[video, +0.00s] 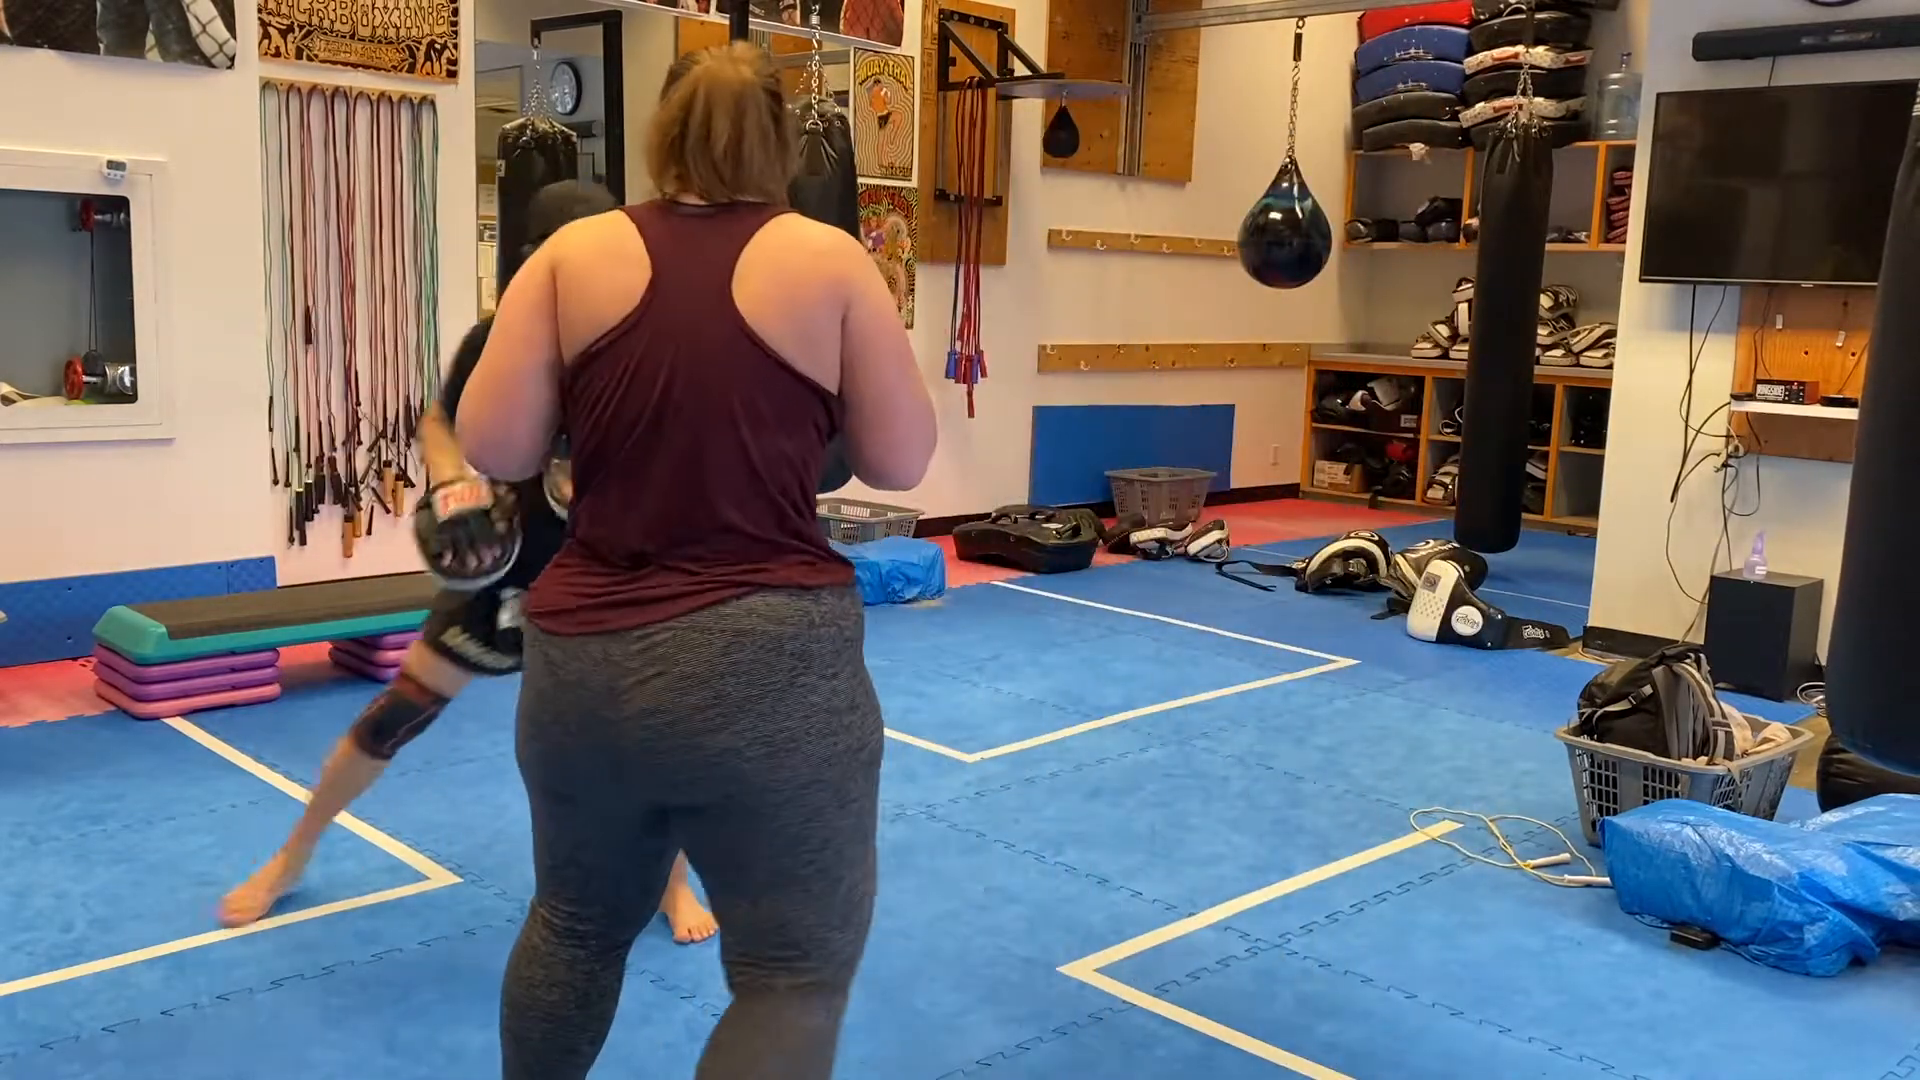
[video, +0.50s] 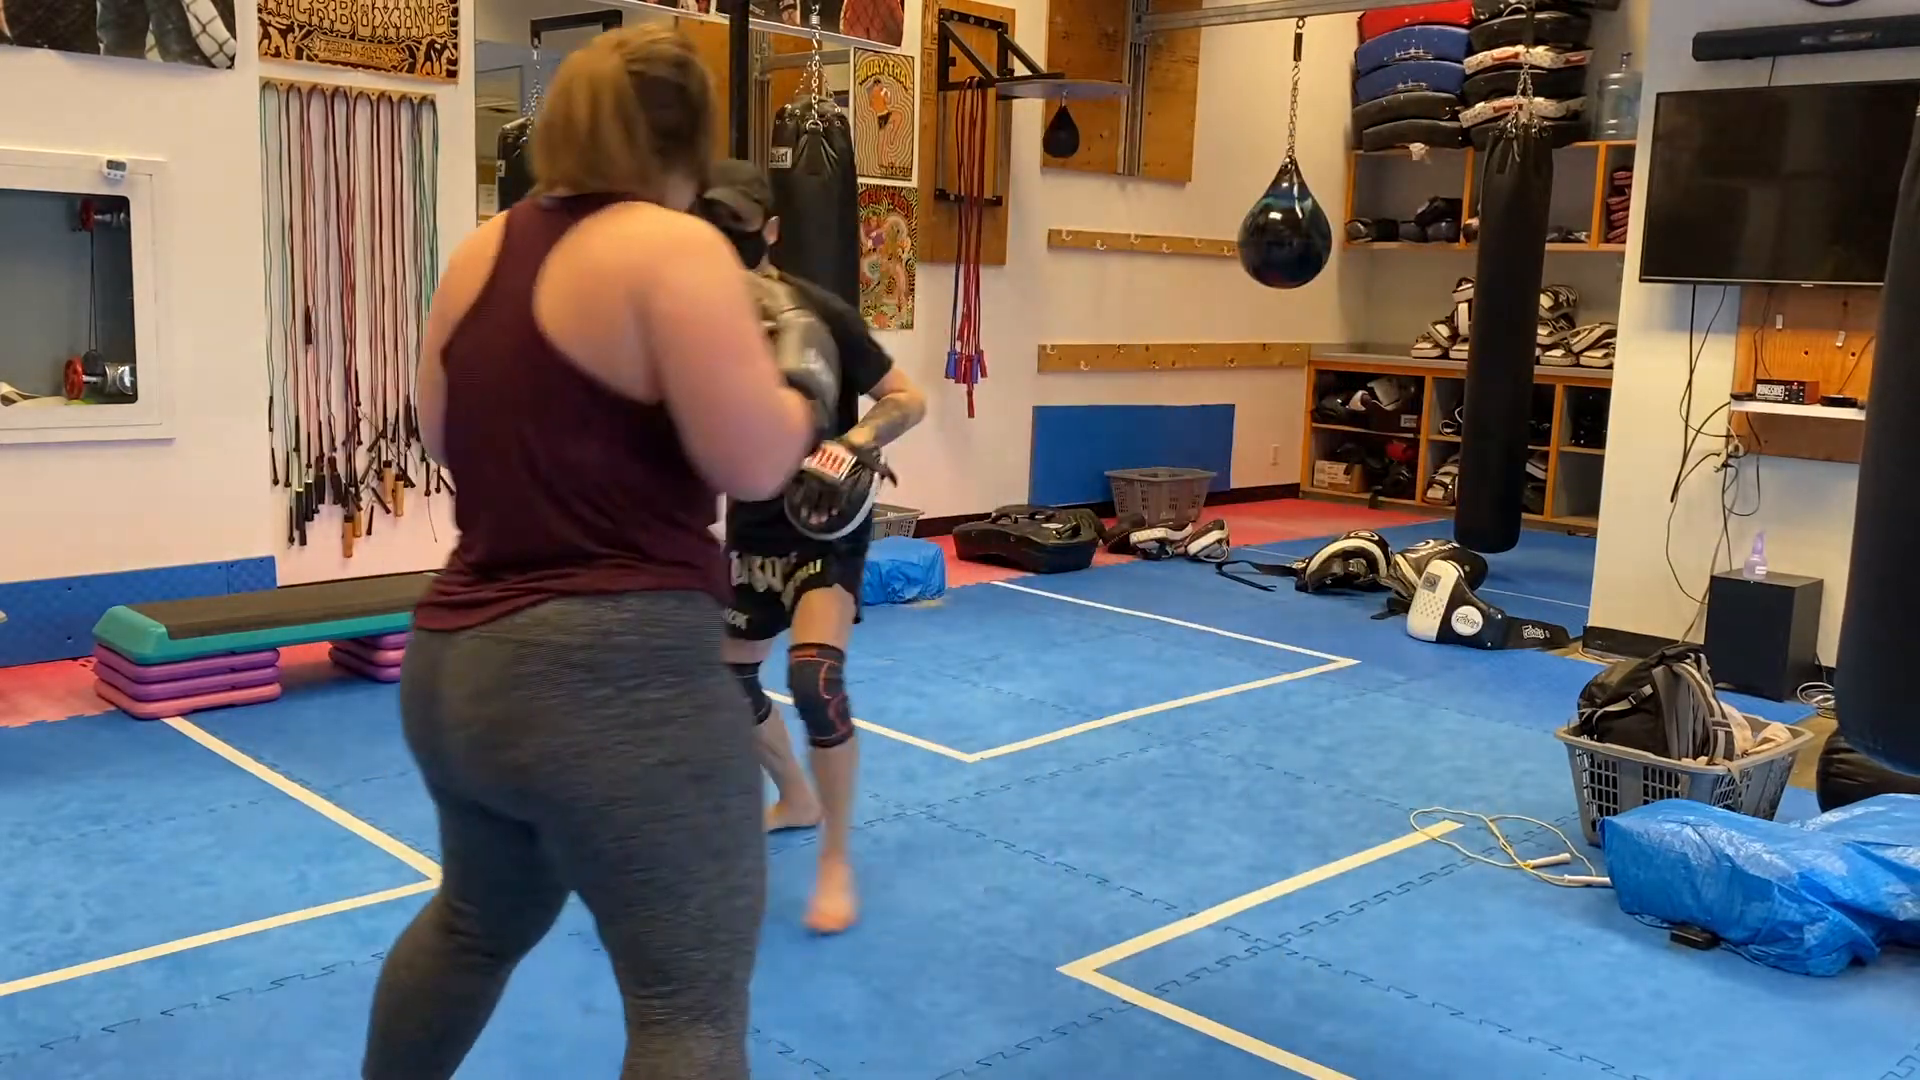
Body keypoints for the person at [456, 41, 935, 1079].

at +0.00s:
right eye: (785, 136)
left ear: (661, 138)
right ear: (777, 143)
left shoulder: (568, 259)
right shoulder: (828, 262)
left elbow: (496, 446)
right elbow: (899, 456)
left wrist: (594, 388)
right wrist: (788, 423)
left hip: (585, 653)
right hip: (774, 649)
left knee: (575, 921)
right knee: (789, 978)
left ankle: (533, 1076)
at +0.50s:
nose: (713, 149)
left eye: (706, 132)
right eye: (707, 132)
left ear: (566, 125)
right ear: (685, 136)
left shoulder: (481, 248)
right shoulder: (674, 248)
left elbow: (443, 432)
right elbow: (756, 463)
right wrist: (801, 366)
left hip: (461, 653)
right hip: (620, 671)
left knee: (477, 918)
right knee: (689, 1009)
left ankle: (391, 1071)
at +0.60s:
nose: (668, 161)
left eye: (665, 137)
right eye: (662, 136)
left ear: (526, 126)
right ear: (631, 138)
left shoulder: (465, 230)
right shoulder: (601, 247)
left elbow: (521, 397)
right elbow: (646, 458)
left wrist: (661, 337)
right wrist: (730, 394)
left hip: (401, 648)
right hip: (539, 668)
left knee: (442, 923)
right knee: (652, 992)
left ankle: (377, 1078)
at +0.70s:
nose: (627, 158)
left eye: (626, 136)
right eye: (622, 136)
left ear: (491, 118)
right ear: (583, 129)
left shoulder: (429, 221)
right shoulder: (559, 234)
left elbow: (480, 399)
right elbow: (594, 447)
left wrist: (613, 328)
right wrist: (684, 386)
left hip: (368, 632)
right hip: (487, 650)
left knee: (427, 923)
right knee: (625, 957)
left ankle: (372, 1074)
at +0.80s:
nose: (591, 157)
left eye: (592, 138)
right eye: (587, 136)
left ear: (468, 109)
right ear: (550, 122)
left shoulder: (403, 213)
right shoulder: (525, 226)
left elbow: (464, 385)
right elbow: (582, 438)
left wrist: (590, 304)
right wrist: (658, 367)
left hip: (352, 627)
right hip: (463, 644)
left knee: (412, 924)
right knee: (572, 965)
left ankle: (371, 1078)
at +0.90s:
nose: (573, 131)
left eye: (572, 112)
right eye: (565, 110)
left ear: (437, 102)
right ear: (527, 109)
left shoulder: (374, 217)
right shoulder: (504, 223)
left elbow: (442, 377)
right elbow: (584, 434)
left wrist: (573, 295)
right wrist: (651, 353)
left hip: (358, 634)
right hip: (455, 656)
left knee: (418, 924)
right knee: (480, 978)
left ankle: (367, 1063)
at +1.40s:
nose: (576, 165)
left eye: (574, 144)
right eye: (565, 144)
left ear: (461, 145)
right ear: (514, 148)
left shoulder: (404, 249)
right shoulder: (472, 262)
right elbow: (560, 460)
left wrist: (564, 324)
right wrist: (624, 370)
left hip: (363, 618)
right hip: (436, 642)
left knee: (451, 822)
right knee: (410, 984)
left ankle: (457, 983)